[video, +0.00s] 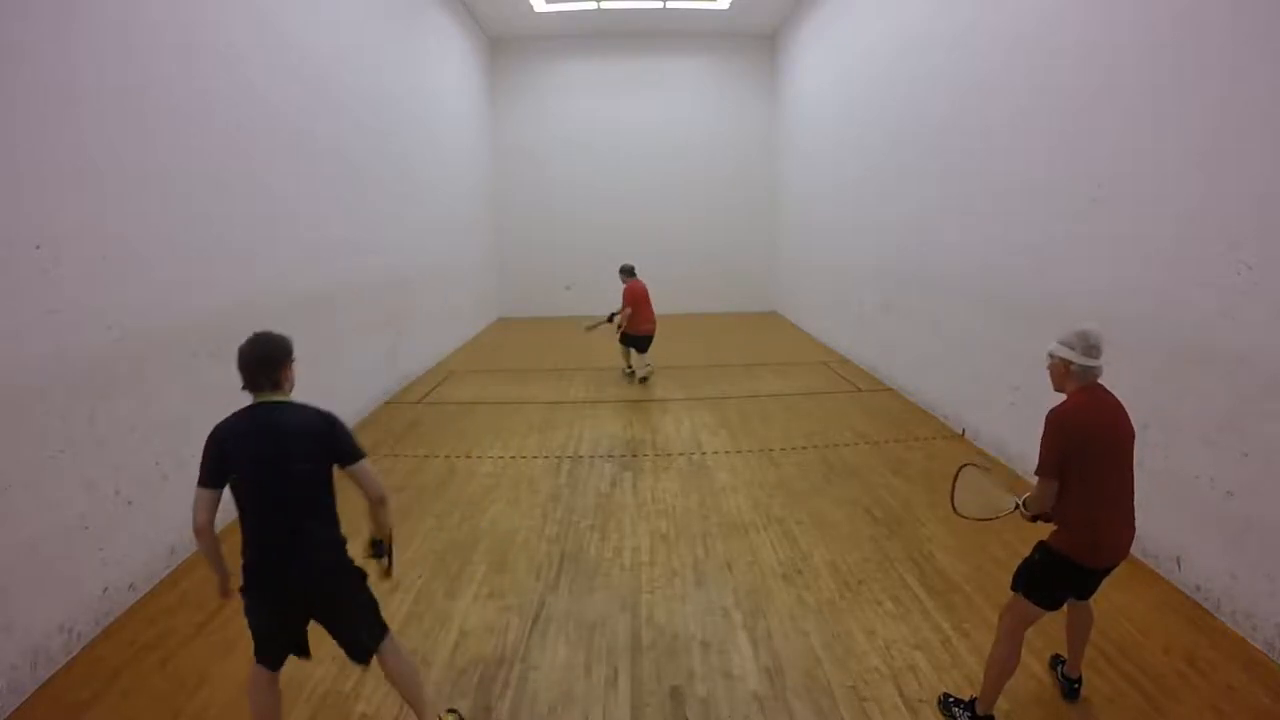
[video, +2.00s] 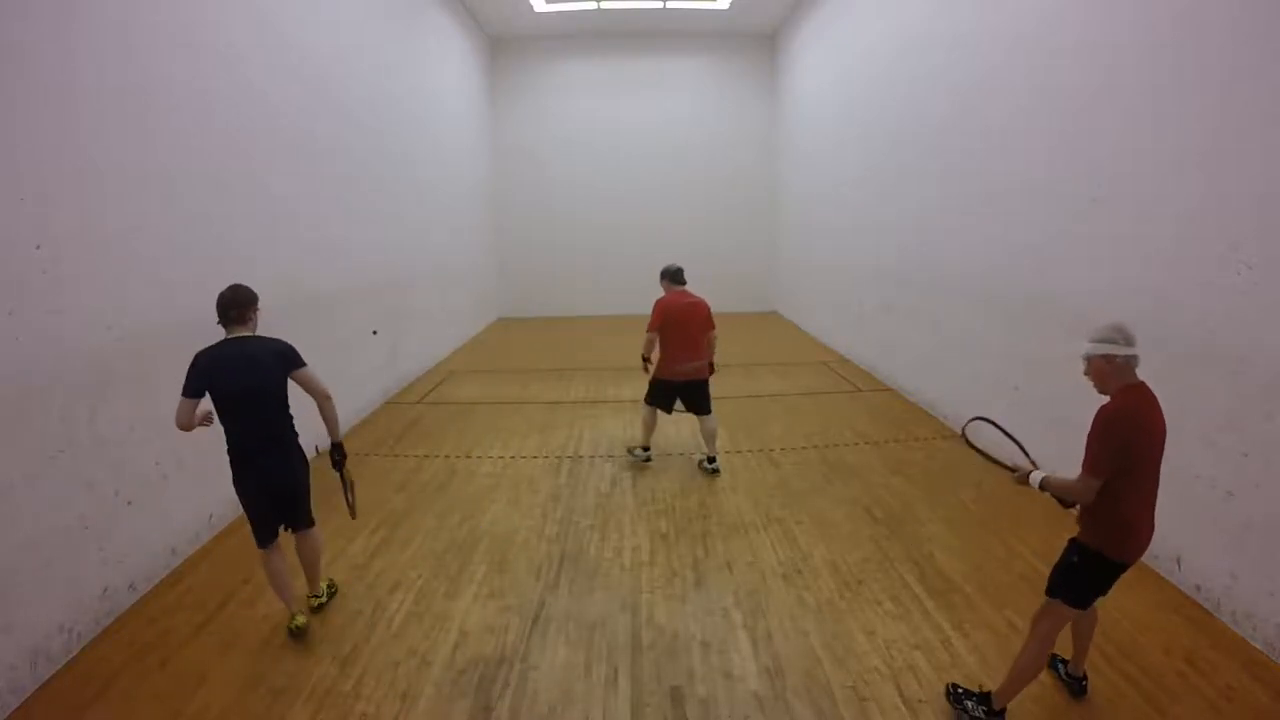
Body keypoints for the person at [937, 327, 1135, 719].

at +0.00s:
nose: (1048, 367)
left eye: (1053, 360)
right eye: (1050, 359)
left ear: (1068, 367)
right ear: (1089, 368)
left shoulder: (1062, 416)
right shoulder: (1113, 408)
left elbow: (1044, 497)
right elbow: (1101, 479)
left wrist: (1028, 507)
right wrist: (1052, 506)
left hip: (1077, 543)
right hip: (1116, 541)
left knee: (1014, 619)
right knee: (1080, 597)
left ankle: (981, 708)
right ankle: (1073, 675)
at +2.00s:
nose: (1086, 371)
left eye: (1090, 362)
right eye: (1086, 362)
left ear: (1114, 362)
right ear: (1123, 363)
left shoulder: (1115, 414)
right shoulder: (1145, 403)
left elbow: (1086, 489)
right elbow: (1128, 477)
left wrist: (1038, 478)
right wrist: (1081, 498)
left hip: (1103, 538)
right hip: (1130, 535)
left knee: (1048, 621)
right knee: (1084, 600)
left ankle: (995, 704)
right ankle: (1076, 672)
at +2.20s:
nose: (1098, 367)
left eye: (1103, 358)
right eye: (1098, 358)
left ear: (1126, 359)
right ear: (1134, 361)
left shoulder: (1125, 410)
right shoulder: (1158, 402)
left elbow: (1093, 485)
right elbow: (1139, 475)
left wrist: (1048, 467)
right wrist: (1091, 493)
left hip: (1115, 536)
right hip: (1143, 536)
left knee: (1052, 612)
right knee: (1093, 601)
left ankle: (1043, 706)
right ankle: (1077, 673)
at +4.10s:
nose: (1066, 380)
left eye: (1067, 374)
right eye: (1068, 374)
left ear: (1072, 379)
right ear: (1110, 381)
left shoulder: (1063, 425)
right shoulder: (1133, 427)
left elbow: (1040, 503)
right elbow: (1158, 508)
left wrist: (1053, 526)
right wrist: (1127, 533)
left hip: (1077, 564)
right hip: (1127, 563)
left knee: (1015, 640)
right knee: (1096, 608)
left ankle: (996, 715)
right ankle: (1092, 687)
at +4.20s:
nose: (1078, 385)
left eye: (1080, 380)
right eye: (1082, 380)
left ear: (1085, 383)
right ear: (1123, 388)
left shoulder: (1070, 425)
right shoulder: (1142, 435)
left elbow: (1038, 496)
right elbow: (1164, 512)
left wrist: (1045, 524)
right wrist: (1156, 560)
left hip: (1075, 566)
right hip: (1127, 567)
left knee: (1013, 640)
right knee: (1106, 605)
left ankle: (996, 714)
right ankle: (1100, 672)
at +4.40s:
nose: (1124, 389)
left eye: (1125, 384)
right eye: (1130, 385)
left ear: (1126, 387)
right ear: (1161, 393)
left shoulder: (1106, 421)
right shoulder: (1175, 441)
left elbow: (1062, 472)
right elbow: (1193, 511)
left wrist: (1034, 502)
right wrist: (1209, 558)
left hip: (1096, 550)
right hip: (1143, 557)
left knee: (1041, 639)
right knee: (1118, 593)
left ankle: (995, 716)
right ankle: (1105, 660)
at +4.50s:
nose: (1140, 385)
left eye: (1142, 380)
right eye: (1146, 381)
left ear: (1144, 381)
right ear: (1177, 388)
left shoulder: (1129, 413)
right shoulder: (1186, 430)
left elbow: (1098, 463)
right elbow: (1192, 485)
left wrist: (1066, 496)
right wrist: (1193, 513)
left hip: (1115, 537)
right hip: (1159, 545)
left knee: (1057, 619)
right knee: (1122, 584)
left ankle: (1001, 705)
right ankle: (1105, 660)